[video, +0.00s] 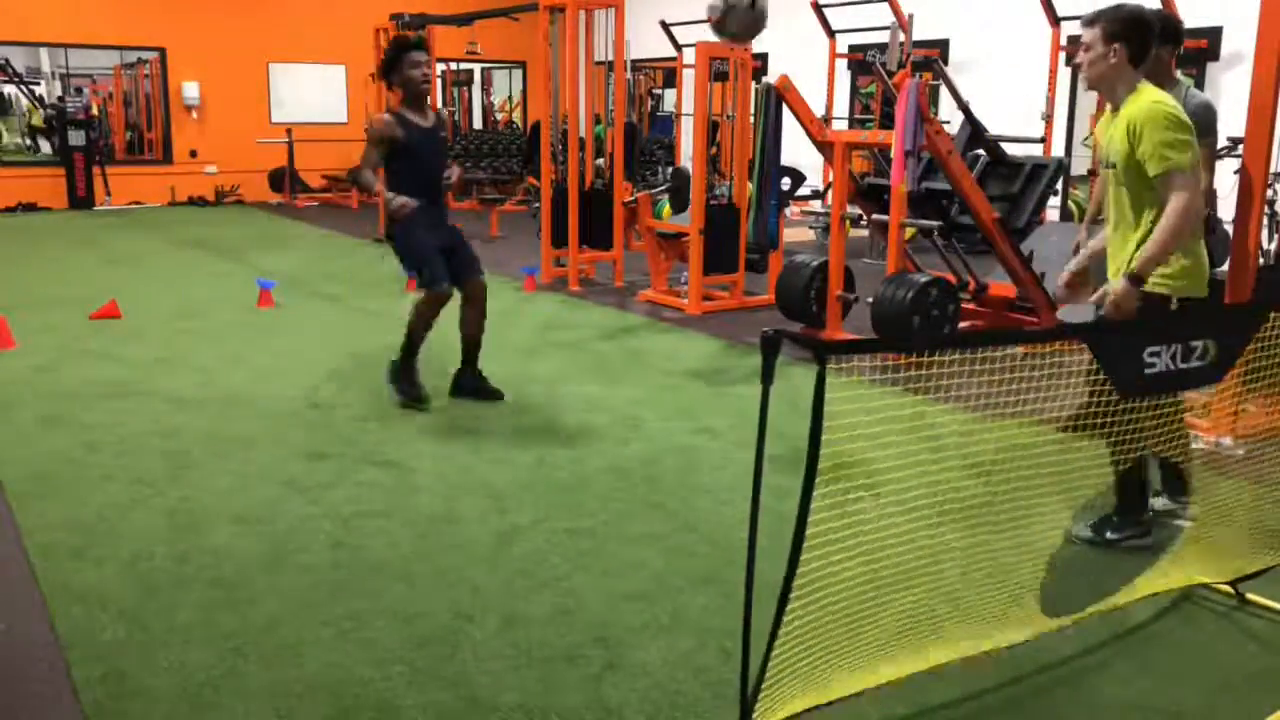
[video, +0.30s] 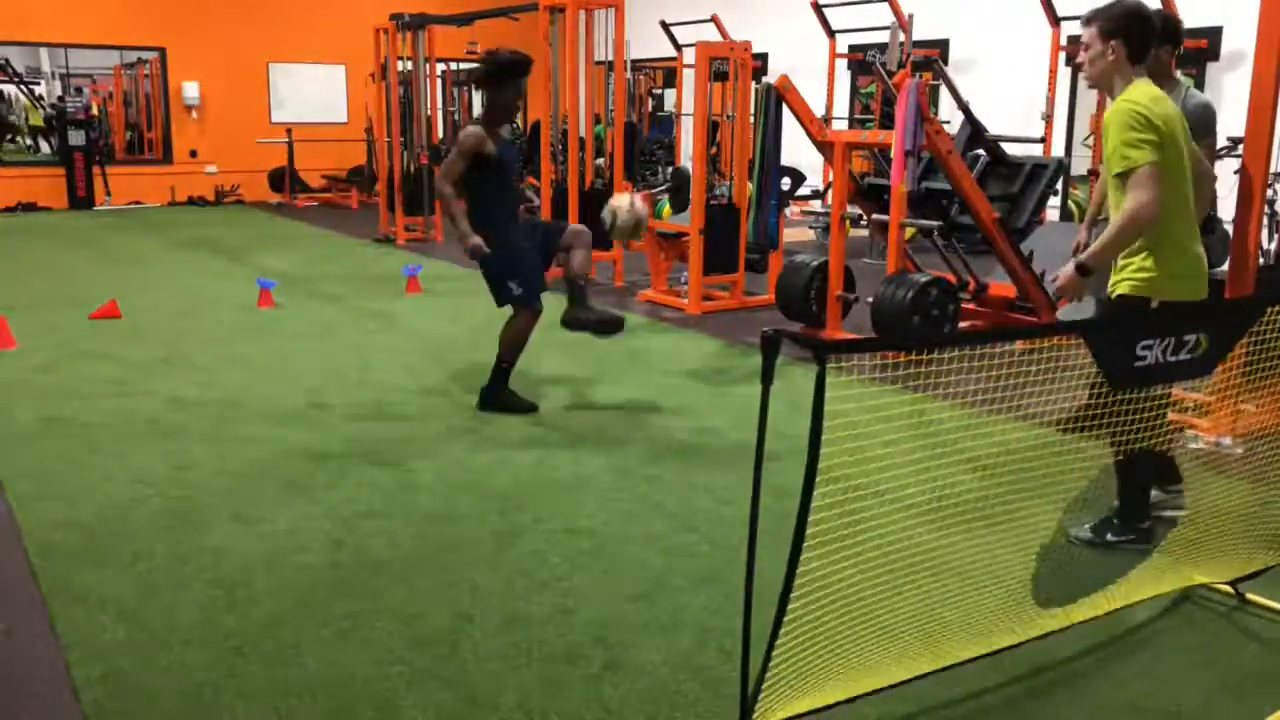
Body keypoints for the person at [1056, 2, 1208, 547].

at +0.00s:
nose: (1077, 59)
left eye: (1086, 48)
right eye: (1079, 48)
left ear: (1118, 54)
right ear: (1112, 55)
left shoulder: (1156, 112)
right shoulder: (1117, 117)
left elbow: (1187, 203)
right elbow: (1129, 215)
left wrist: (1135, 275)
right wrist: (1086, 258)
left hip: (1162, 282)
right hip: (1142, 279)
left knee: (1114, 393)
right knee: (1155, 388)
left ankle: (1131, 513)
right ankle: (1176, 489)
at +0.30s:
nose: (1079, 59)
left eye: (1085, 48)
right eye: (1080, 48)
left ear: (1115, 51)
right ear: (1126, 52)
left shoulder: (1128, 108)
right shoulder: (1161, 103)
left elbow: (1142, 207)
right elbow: (1205, 185)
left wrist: (1083, 267)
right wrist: (1167, 232)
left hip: (1146, 279)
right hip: (1182, 277)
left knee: (1118, 393)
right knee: (1134, 386)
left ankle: (1131, 518)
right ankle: (1165, 477)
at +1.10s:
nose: (1101, 55)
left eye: (1105, 48)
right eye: (1105, 47)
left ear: (1113, 57)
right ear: (1158, 65)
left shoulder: (1093, 123)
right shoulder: (1173, 132)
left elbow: (1061, 205)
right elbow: (1185, 209)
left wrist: (1029, 213)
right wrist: (1143, 224)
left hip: (1098, 278)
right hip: (1143, 280)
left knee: (1095, 399)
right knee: (1096, 388)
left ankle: (1130, 516)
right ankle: (1128, 458)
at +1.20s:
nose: (1086, 70)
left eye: (1090, 65)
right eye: (1091, 63)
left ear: (1096, 79)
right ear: (1139, 89)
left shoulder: (1077, 142)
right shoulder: (1153, 141)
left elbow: (1043, 224)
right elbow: (1169, 218)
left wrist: (1021, 210)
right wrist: (1080, 207)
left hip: (1105, 288)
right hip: (1157, 287)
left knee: (1030, 369)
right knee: (1077, 363)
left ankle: (1084, 477)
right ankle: (1118, 456)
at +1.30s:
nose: (1078, 85)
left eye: (1083, 80)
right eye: (1084, 78)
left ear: (1088, 96)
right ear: (1128, 105)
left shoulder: (1074, 154)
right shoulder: (1142, 152)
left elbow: (1009, 225)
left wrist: (1011, 183)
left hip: (1100, 293)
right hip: (1151, 290)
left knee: (1011, 353)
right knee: (1067, 349)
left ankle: (1052, 468)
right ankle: (1117, 450)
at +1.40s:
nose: (1085, 45)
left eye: (1090, 39)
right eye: (1089, 38)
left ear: (1097, 51)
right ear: (1137, 58)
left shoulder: (1082, 105)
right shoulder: (1143, 106)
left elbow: (996, 111)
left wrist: (1029, 62)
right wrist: (1089, 81)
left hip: (1078, 259)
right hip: (1130, 258)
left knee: (1032, 363)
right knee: (1094, 358)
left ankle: (1055, 475)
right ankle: (1119, 452)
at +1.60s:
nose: (1173, 50)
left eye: (1182, 45)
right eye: (1176, 42)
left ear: (1195, 52)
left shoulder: (1099, 8)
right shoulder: (1157, 13)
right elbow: (1155, 61)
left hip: (1080, 160)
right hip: (1112, 161)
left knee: (1070, 288)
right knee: (1092, 284)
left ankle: (1075, 400)